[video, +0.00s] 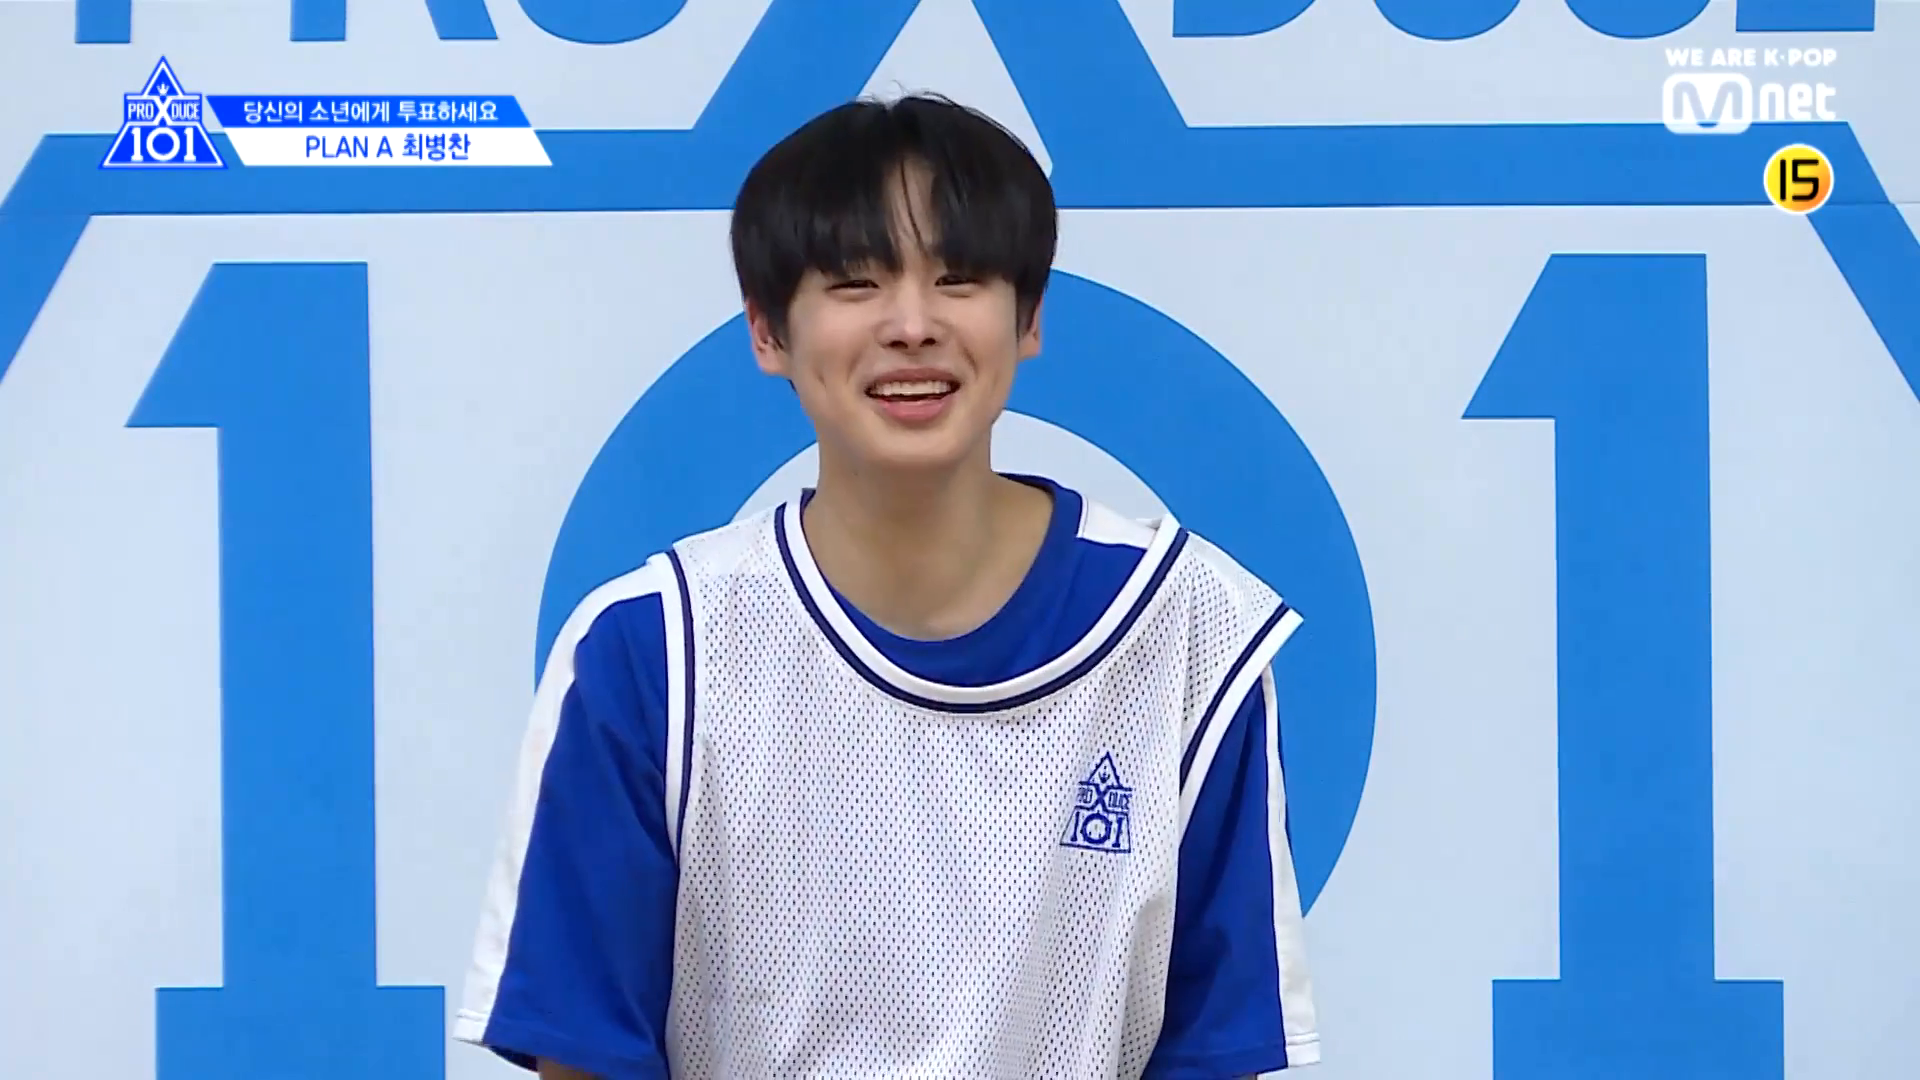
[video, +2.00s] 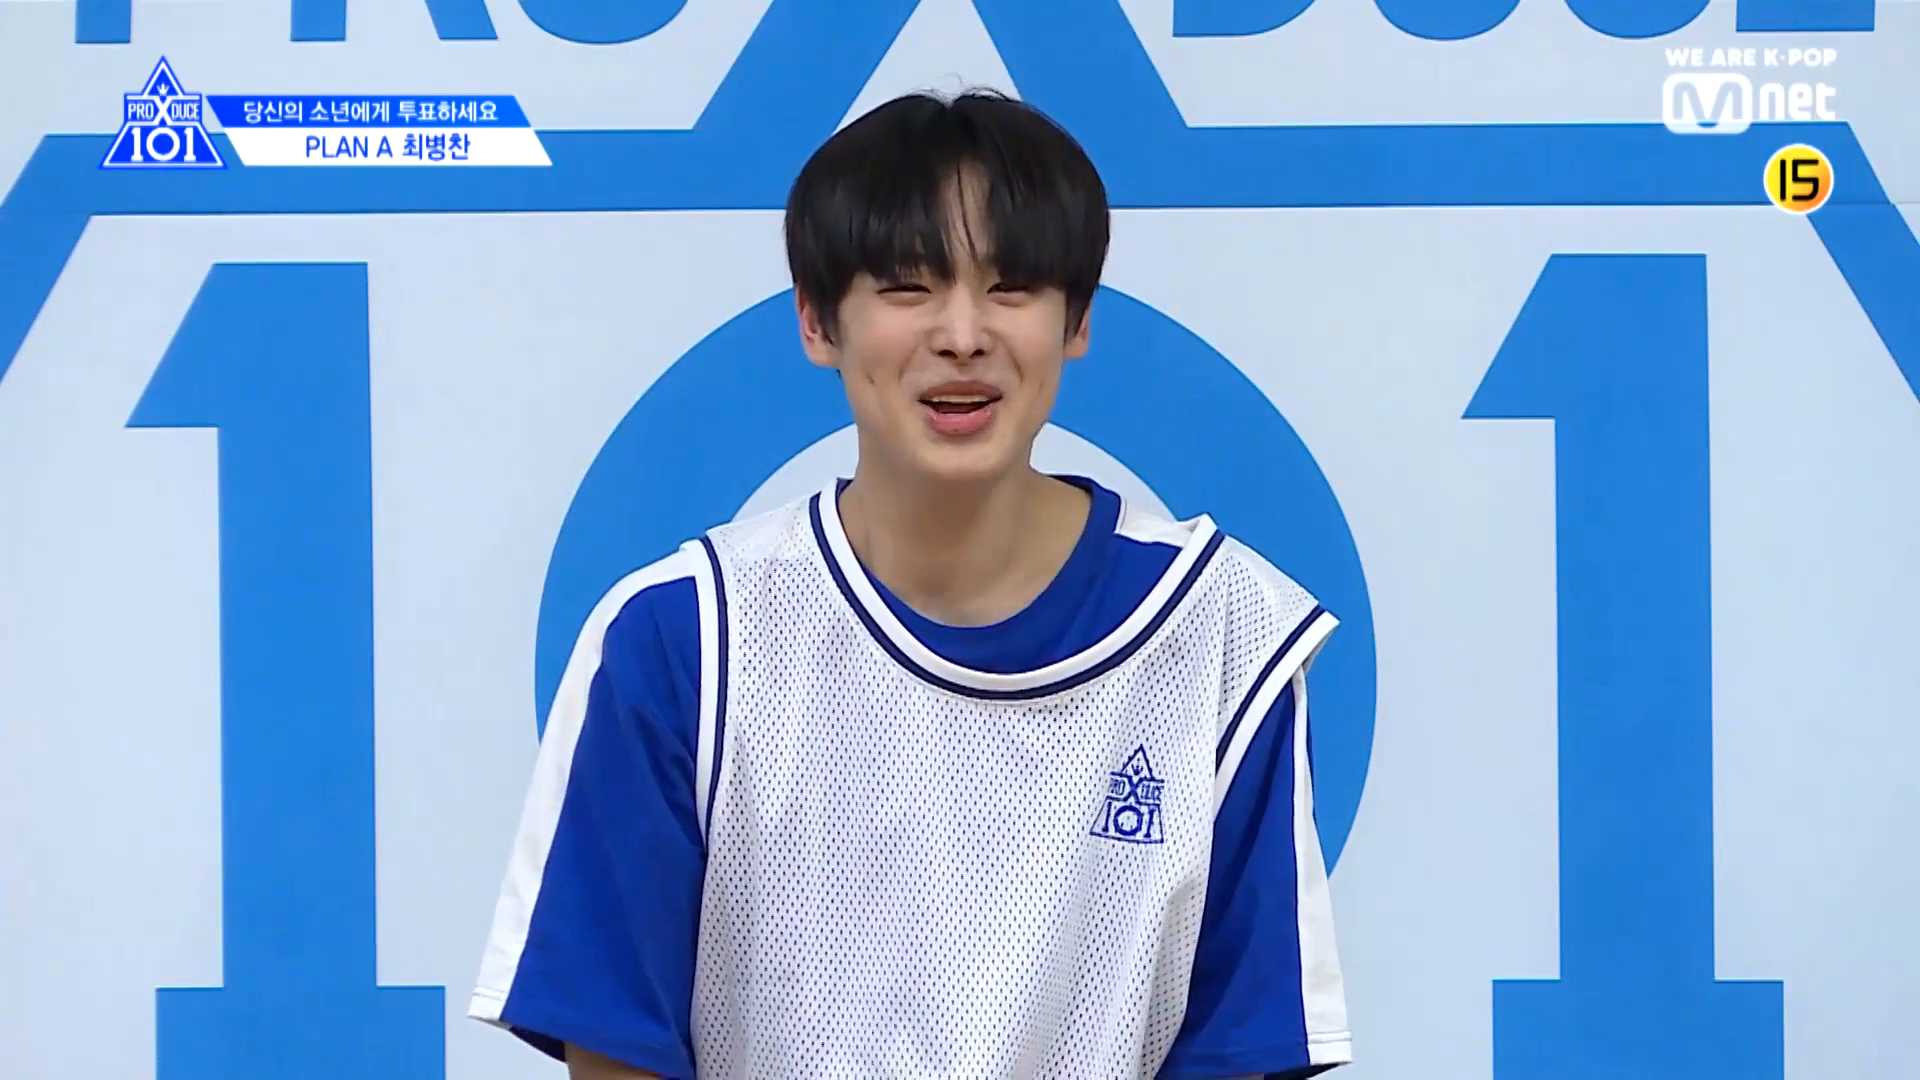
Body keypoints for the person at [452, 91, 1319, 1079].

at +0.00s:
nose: (912, 324)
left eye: (959, 280)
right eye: (855, 282)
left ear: (1026, 326)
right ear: (771, 335)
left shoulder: (1192, 635)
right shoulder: (648, 653)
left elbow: (1230, 1050)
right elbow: (571, 1046)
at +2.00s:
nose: (963, 335)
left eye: (1012, 285)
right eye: (910, 283)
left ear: (1074, 325)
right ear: (821, 323)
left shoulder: (1228, 641)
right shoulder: (673, 643)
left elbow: (1250, 1053)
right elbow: (615, 1049)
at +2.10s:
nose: (957, 337)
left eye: (1006, 288)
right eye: (905, 285)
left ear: (1070, 324)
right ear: (819, 323)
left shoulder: (1226, 634)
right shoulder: (671, 636)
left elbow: (1236, 1048)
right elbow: (620, 1043)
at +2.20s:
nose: (954, 333)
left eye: (1003, 284)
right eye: (901, 282)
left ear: (1069, 321)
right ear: (817, 321)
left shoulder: (1227, 631)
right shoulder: (674, 635)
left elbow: (1238, 1048)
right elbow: (617, 1044)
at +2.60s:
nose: (958, 343)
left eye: (1007, 292)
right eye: (904, 290)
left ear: (1070, 330)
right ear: (818, 331)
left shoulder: (1228, 642)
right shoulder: (675, 646)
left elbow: (1251, 1054)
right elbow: (617, 1050)